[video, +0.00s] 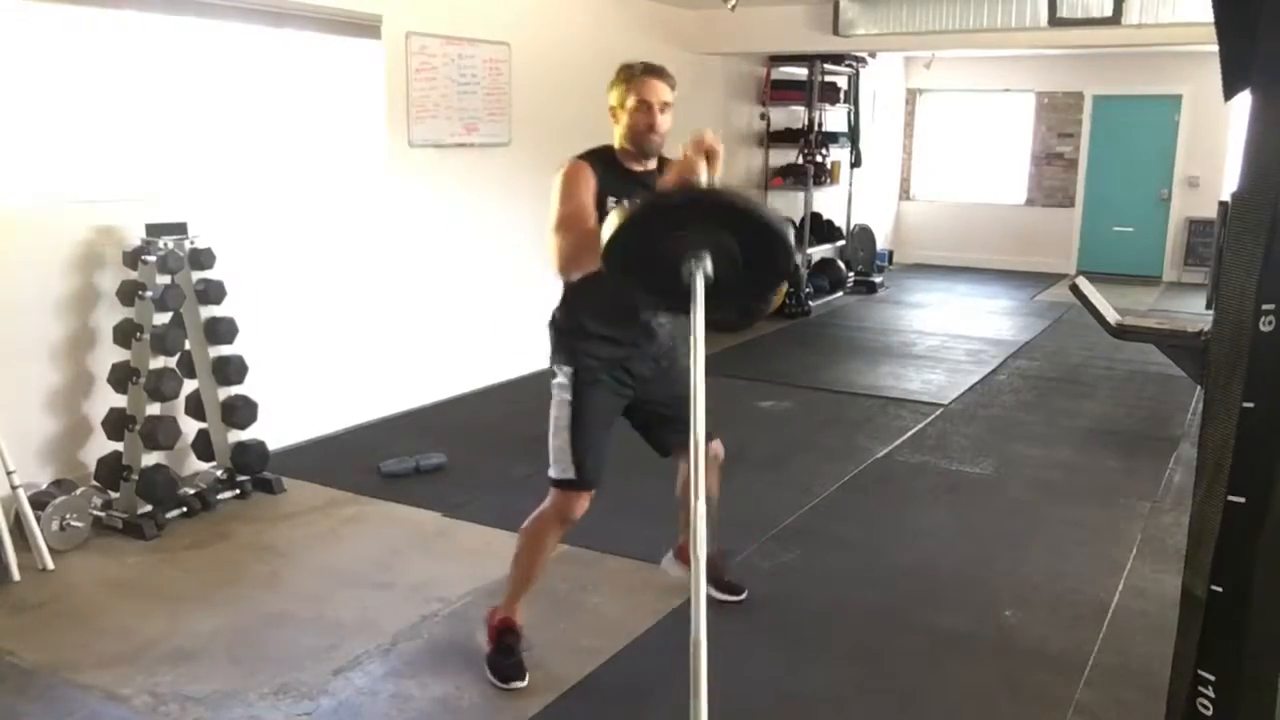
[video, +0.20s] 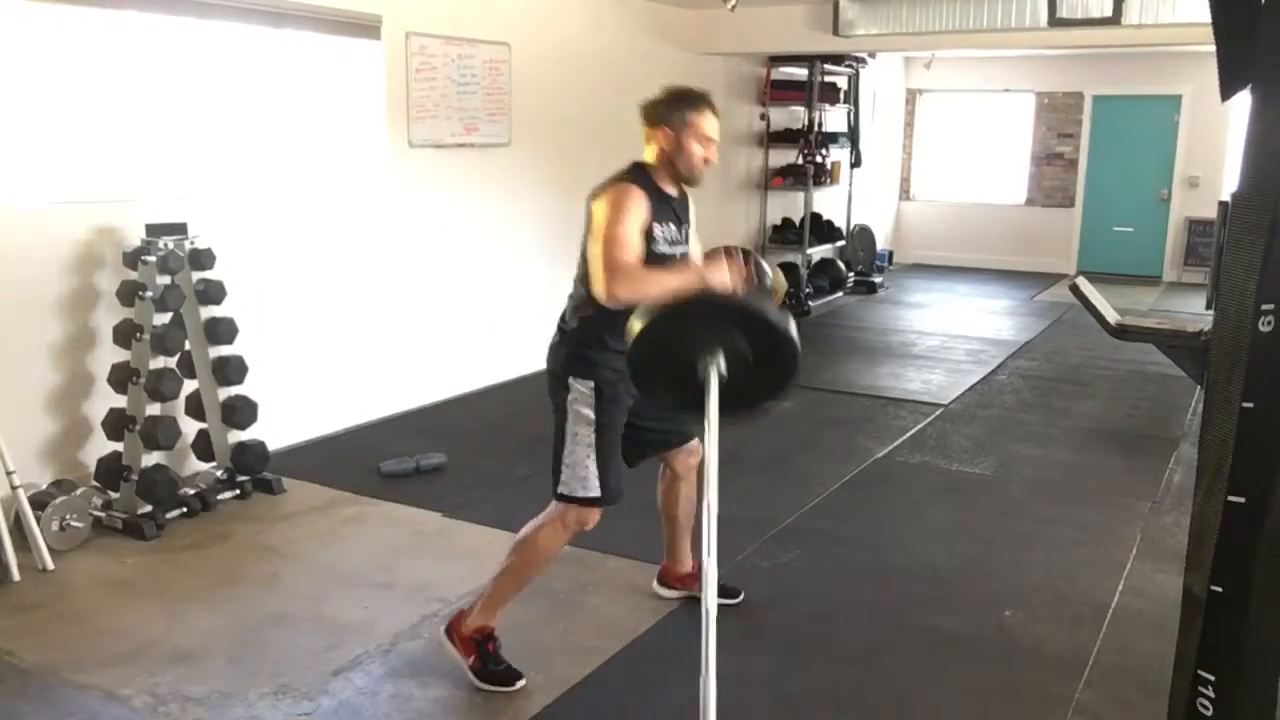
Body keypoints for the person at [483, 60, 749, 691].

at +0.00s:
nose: (654, 118)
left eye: (663, 107)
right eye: (642, 106)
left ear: (674, 113)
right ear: (616, 111)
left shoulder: (676, 179)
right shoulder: (585, 173)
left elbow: (696, 252)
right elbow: (572, 266)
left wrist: (706, 185)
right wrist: (657, 208)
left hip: (659, 346)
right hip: (592, 348)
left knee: (706, 451)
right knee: (570, 501)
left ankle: (692, 550)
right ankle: (505, 618)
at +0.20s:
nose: (712, 153)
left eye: (714, 142)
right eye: (703, 140)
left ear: (680, 144)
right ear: (662, 138)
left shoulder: (677, 203)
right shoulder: (623, 198)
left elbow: (663, 282)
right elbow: (615, 285)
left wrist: (716, 278)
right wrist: (700, 275)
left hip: (636, 356)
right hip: (590, 359)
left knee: (686, 452)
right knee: (577, 508)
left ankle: (679, 569)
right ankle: (473, 626)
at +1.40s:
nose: (643, 146)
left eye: (654, 136)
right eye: (638, 134)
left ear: (675, 144)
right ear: (625, 139)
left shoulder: (688, 194)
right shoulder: (599, 203)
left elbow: (716, 143)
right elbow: (583, 275)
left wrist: (716, 79)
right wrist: (555, 319)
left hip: (671, 369)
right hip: (604, 364)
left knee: (695, 482)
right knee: (559, 479)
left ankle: (731, 546)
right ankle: (537, 608)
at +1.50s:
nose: (641, 148)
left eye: (652, 136)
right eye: (634, 136)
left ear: (672, 142)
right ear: (620, 141)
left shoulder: (684, 196)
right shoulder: (596, 202)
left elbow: (709, 141)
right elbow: (575, 269)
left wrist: (703, 78)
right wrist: (569, 301)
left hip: (668, 368)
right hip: (602, 362)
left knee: (690, 480)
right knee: (555, 481)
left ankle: (732, 545)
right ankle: (548, 610)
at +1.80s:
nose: (683, 131)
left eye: (688, 120)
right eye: (672, 118)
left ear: (691, 123)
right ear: (635, 114)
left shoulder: (695, 180)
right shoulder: (588, 170)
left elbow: (710, 260)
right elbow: (573, 249)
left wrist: (710, 209)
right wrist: (659, 200)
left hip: (662, 342)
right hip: (592, 343)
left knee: (694, 454)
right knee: (578, 493)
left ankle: (681, 552)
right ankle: (522, 605)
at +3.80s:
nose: (735, 209)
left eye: (737, 196)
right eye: (729, 195)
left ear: (699, 192)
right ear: (695, 191)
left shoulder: (675, 243)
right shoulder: (655, 248)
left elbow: (675, 324)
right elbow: (637, 342)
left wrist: (718, 363)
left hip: (629, 382)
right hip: (583, 389)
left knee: (696, 446)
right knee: (597, 525)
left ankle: (681, 566)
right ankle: (474, 615)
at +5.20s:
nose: (655, 139)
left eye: (663, 128)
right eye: (643, 125)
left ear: (672, 128)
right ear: (611, 121)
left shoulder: (668, 178)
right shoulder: (567, 179)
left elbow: (706, 205)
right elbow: (541, 271)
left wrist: (695, 126)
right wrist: (597, 215)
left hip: (659, 354)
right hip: (586, 356)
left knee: (697, 466)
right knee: (566, 494)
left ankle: (715, 541)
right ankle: (541, 617)